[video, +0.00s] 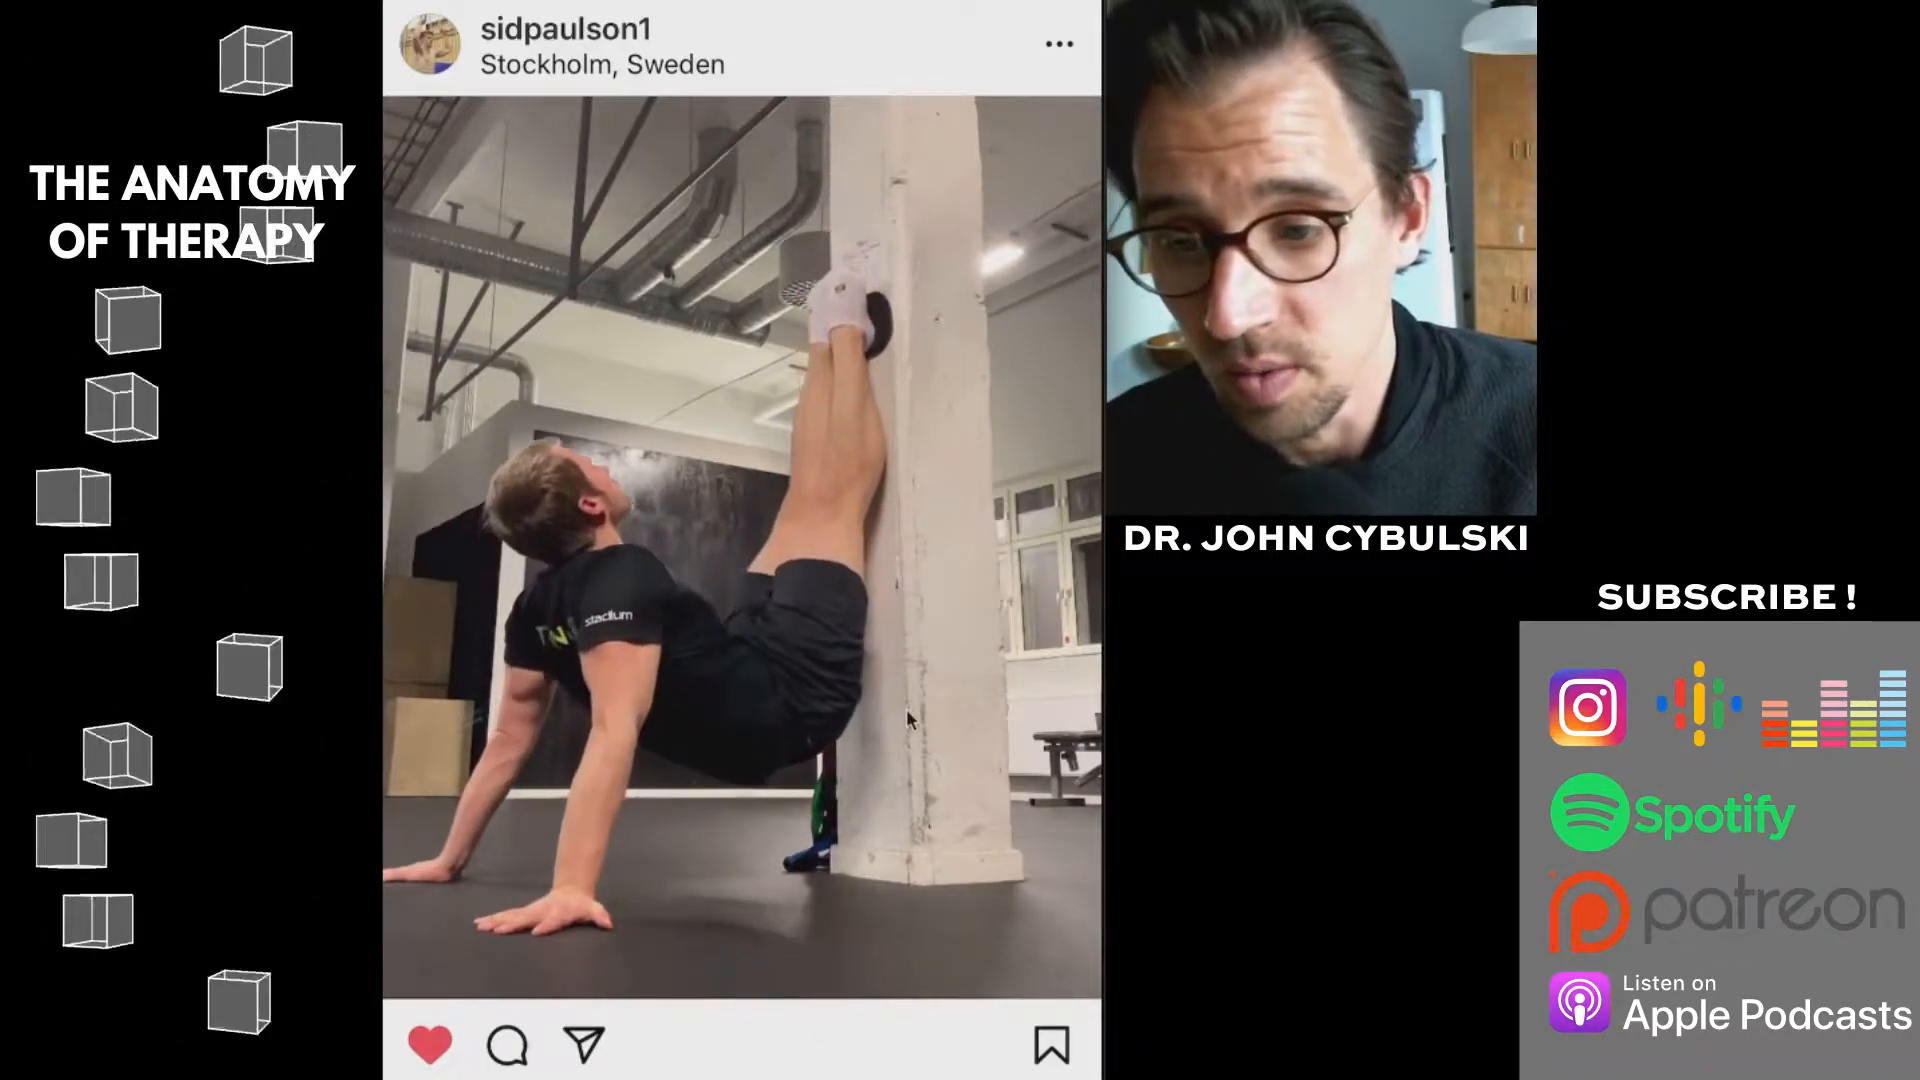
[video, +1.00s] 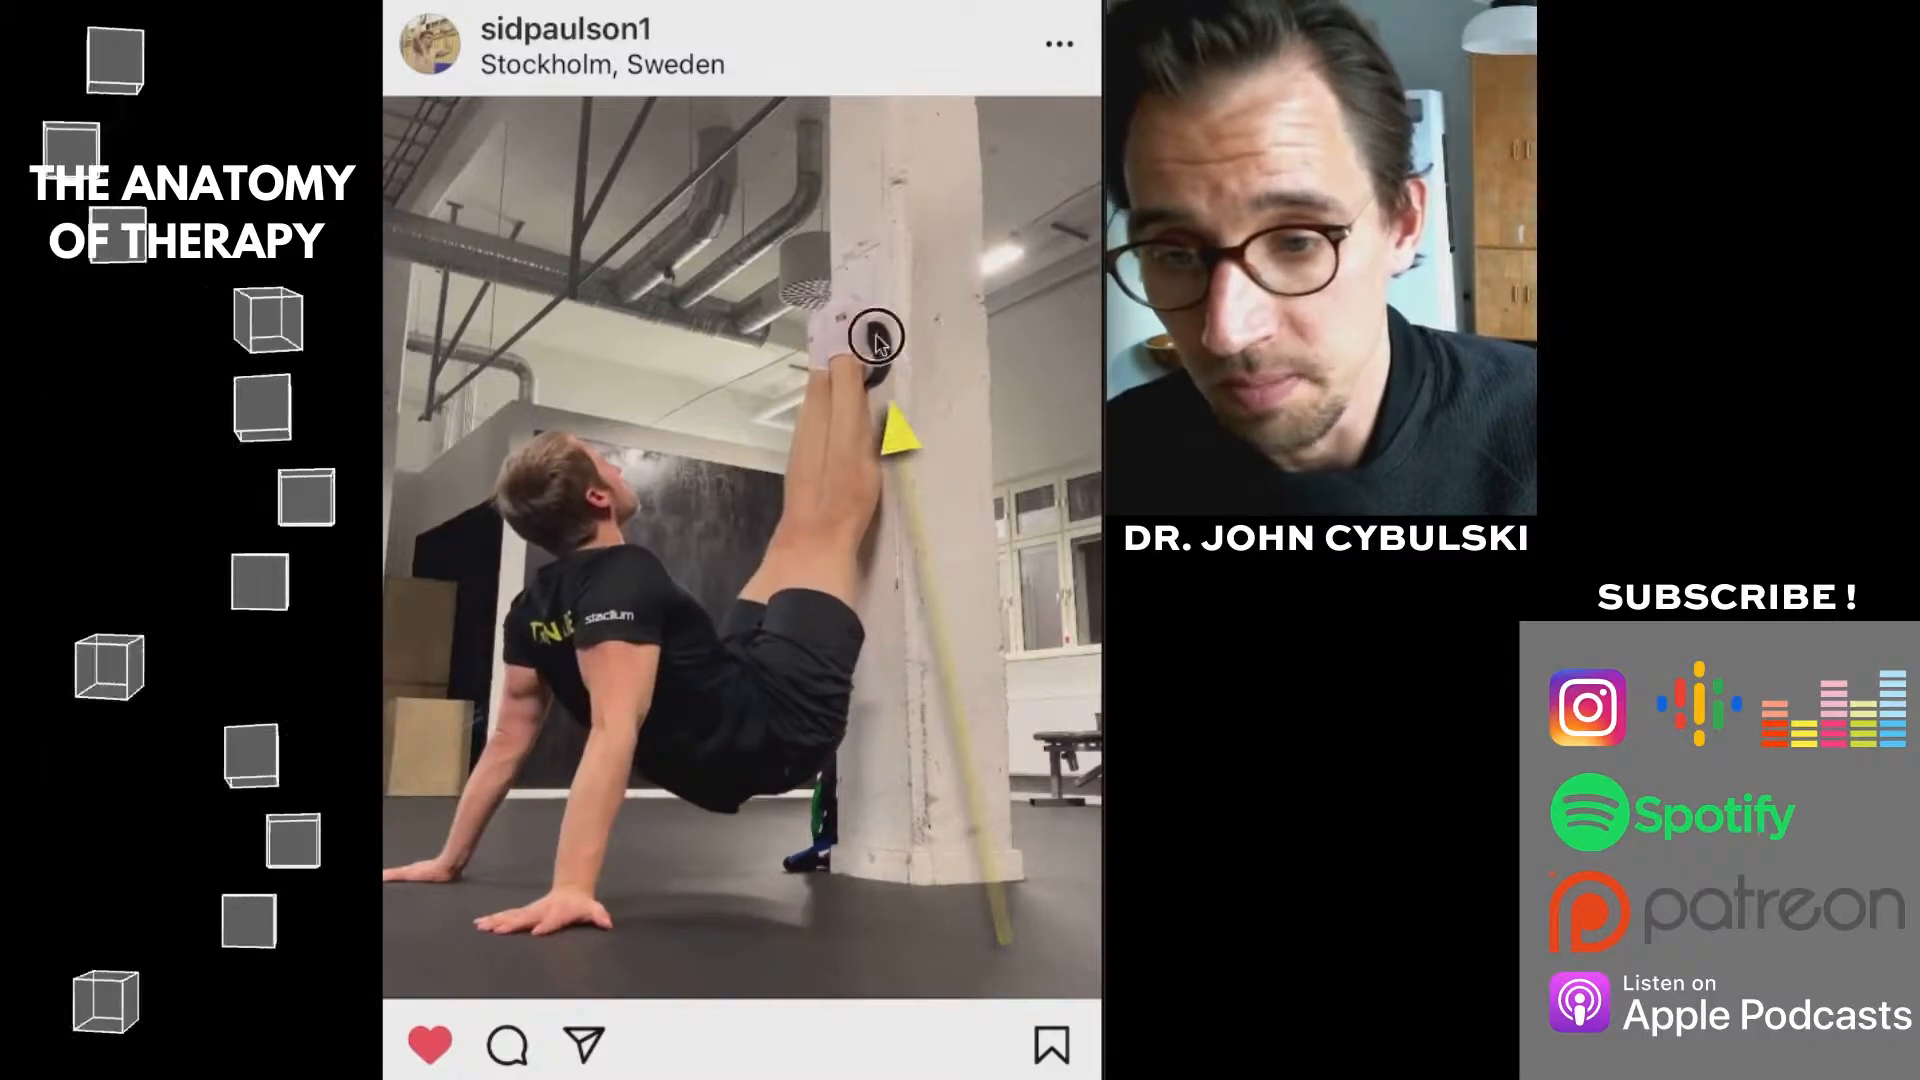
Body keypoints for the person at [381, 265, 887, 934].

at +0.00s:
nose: (602, 464)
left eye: (586, 459)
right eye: (590, 466)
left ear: (538, 533)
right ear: (592, 505)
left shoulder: (533, 606)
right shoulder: (620, 574)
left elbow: (508, 744)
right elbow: (612, 733)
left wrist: (449, 860)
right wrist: (572, 887)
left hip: (744, 731)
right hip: (795, 697)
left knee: (806, 500)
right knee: (838, 493)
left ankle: (826, 343)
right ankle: (847, 336)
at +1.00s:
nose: (616, 465)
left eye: (605, 457)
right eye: (606, 461)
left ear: (541, 525)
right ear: (600, 498)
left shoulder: (532, 606)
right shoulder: (622, 578)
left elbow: (508, 741)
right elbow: (612, 731)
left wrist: (449, 859)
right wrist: (572, 887)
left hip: (719, 763)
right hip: (780, 723)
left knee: (800, 523)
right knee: (838, 514)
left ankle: (826, 362)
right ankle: (848, 362)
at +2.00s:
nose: (623, 460)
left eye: (612, 450)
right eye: (612, 454)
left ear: (543, 508)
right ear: (600, 482)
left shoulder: (529, 605)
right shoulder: (620, 572)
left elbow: (508, 744)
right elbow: (613, 727)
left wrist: (449, 859)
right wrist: (572, 888)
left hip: (697, 773)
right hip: (767, 745)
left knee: (792, 537)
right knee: (827, 536)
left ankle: (826, 386)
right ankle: (847, 378)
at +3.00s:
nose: (624, 457)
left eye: (612, 446)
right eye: (612, 451)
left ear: (541, 504)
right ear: (599, 479)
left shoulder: (527, 605)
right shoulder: (615, 573)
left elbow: (508, 743)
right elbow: (609, 727)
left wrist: (449, 860)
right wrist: (573, 888)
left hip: (694, 789)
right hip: (761, 767)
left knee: (787, 568)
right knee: (822, 559)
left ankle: (826, 403)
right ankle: (846, 397)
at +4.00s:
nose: (628, 461)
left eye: (618, 449)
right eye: (616, 454)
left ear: (541, 501)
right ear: (600, 479)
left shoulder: (522, 602)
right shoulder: (613, 571)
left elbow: (508, 744)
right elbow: (605, 730)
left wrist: (450, 859)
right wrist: (572, 889)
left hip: (665, 806)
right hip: (732, 782)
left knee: (782, 585)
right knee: (816, 581)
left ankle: (825, 425)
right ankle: (846, 429)